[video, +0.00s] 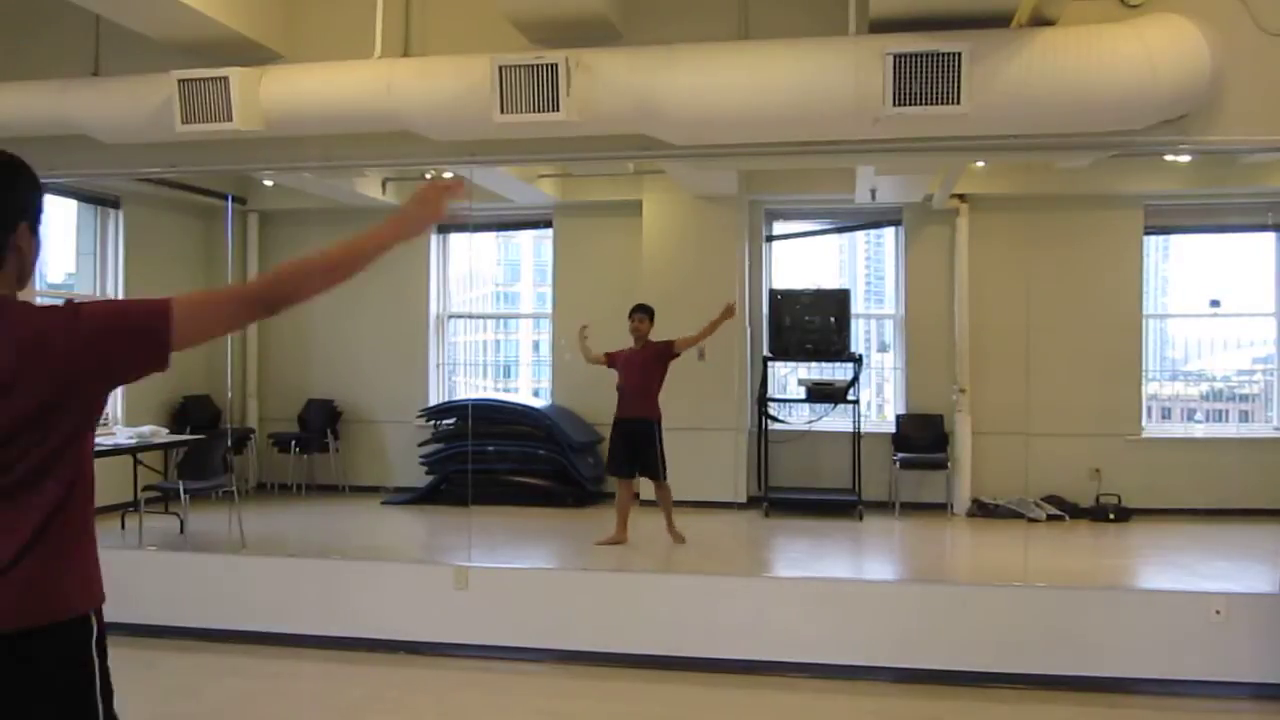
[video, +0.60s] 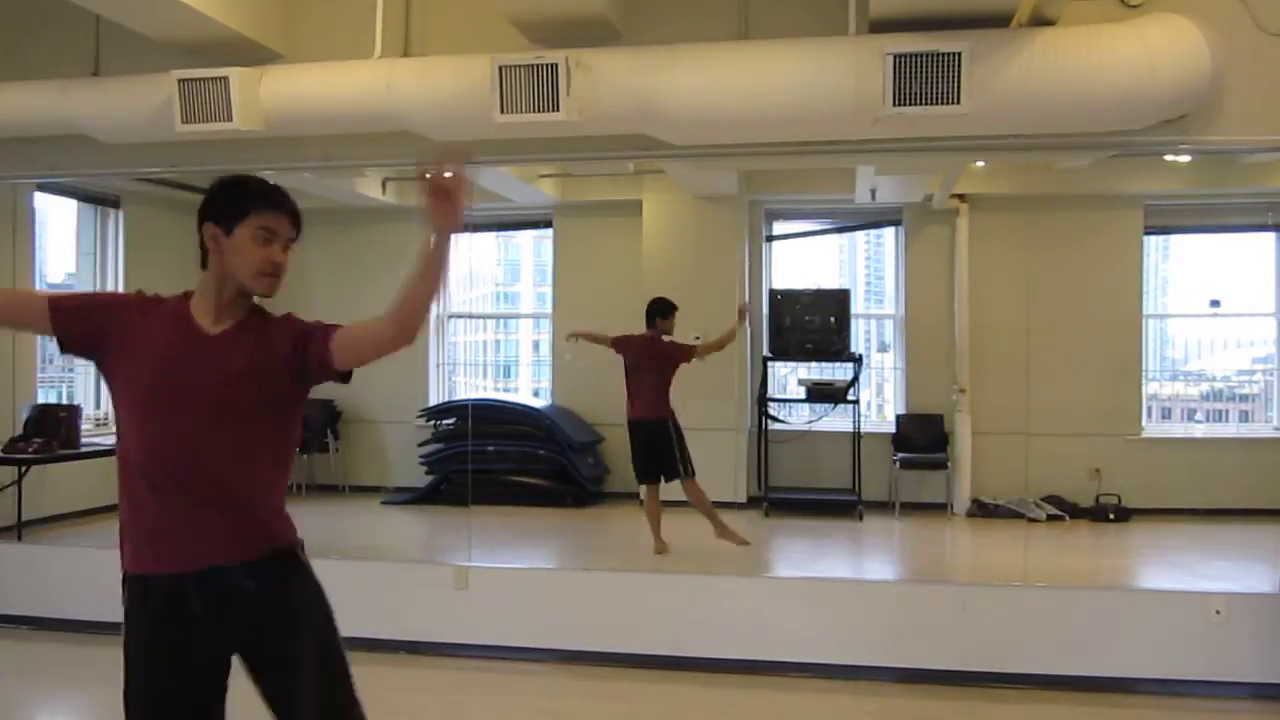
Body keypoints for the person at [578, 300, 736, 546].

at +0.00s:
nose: (636, 324)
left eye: (642, 320)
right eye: (633, 320)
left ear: (651, 325)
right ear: (628, 324)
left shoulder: (661, 350)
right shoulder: (622, 356)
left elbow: (697, 338)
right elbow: (591, 357)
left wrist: (722, 317)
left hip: (648, 422)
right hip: (623, 422)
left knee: (659, 481)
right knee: (623, 479)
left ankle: (671, 526)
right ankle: (620, 532)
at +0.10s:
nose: (633, 319)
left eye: (639, 315)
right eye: (631, 315)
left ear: (649, 318)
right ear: (627, 317)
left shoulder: (653, 342)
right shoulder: (628, 343)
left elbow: (666, 345)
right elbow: (614, 336)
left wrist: (675, 341)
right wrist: (615, 307)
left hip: (646, 416)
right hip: (626, 416)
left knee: (647, 474)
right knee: (616, 469)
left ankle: (669, 524)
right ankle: (617, 527)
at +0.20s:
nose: (628, 317)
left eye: (633, 312)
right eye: (626, 313)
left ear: (647, 314)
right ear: (630, 314)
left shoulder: (647, 336)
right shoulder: (651, 333)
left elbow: (634, 358)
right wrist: (631, 299)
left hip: (646, 408)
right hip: (645, 407)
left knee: (639, 468)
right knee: (626, 463)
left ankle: (667, 524)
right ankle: (606, 515)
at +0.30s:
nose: (628, 324)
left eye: (631, 319)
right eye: (629, 319)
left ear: (644, 321)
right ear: (651, 321)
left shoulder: (638, 349)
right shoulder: (669, 339)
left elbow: (603, 376)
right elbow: (674, 316)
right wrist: (653, 315)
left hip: (640, 418)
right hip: (665, 416)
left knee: (643, 475)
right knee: (639, 468)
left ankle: (653, 536)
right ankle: (615, 508)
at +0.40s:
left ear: (640, 332)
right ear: (662, 333)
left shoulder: (633, 362)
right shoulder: (675, 354)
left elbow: (592, 378)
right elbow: (688, 331)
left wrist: (557, 390)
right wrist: (666, 333)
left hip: (640, 433)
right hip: (668, 432)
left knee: (648, 490)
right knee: (659, 484)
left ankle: (656, 542)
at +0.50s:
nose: (671, 335)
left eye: (670, 331)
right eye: (669, 331)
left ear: (645, 332)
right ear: (663, 332)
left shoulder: (627, 359)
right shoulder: (671, 357)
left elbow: (593, 363)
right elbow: (701, 344)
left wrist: (565, 363)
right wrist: (705, 328)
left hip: (636, 434)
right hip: (666, 434)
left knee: (647, 491)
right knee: (679, 489)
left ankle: (656, 542)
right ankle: (701, 529)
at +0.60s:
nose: (674, 322)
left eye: (674, 318)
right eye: (672, 318)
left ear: (650, 319)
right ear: (660, 320)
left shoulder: (629, 343)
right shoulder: (670, 348)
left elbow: (601, 339)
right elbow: (709, 348)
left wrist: (578, 335)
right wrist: (738, 324)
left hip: (637, 422)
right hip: (663, 421)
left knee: (650, 486)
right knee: (687, 478)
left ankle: (657, 541)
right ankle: (719, 527)